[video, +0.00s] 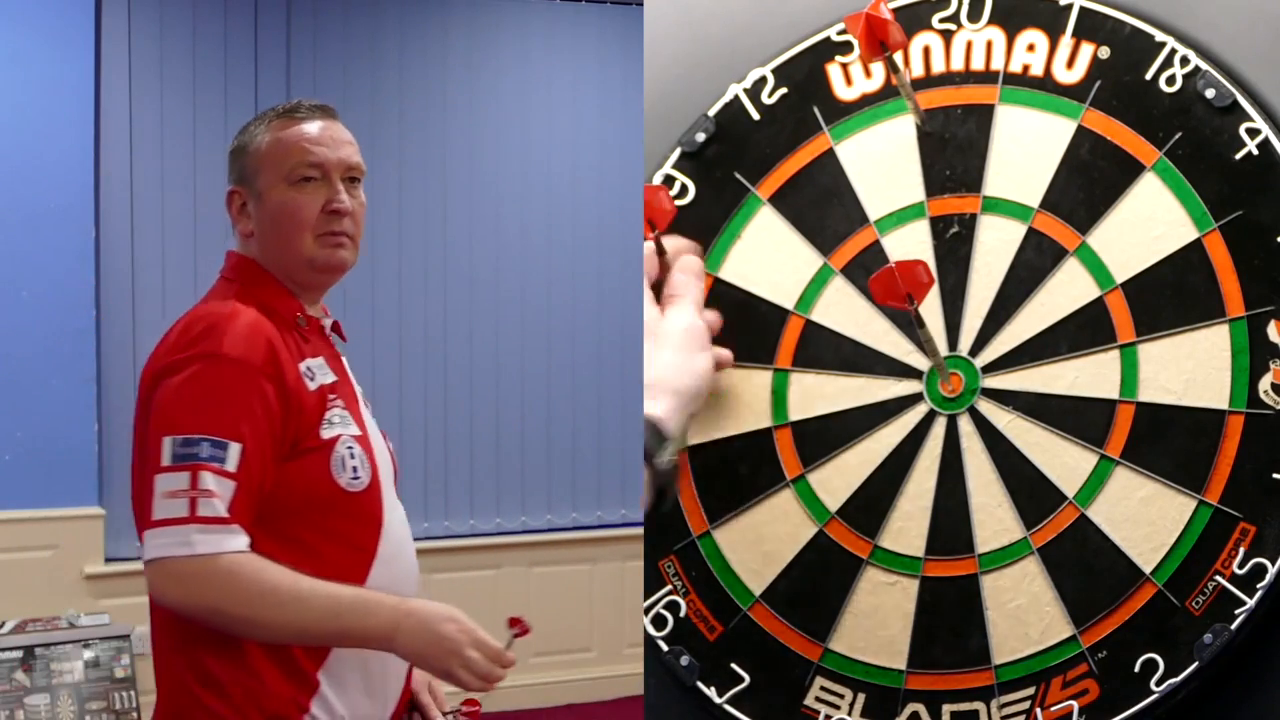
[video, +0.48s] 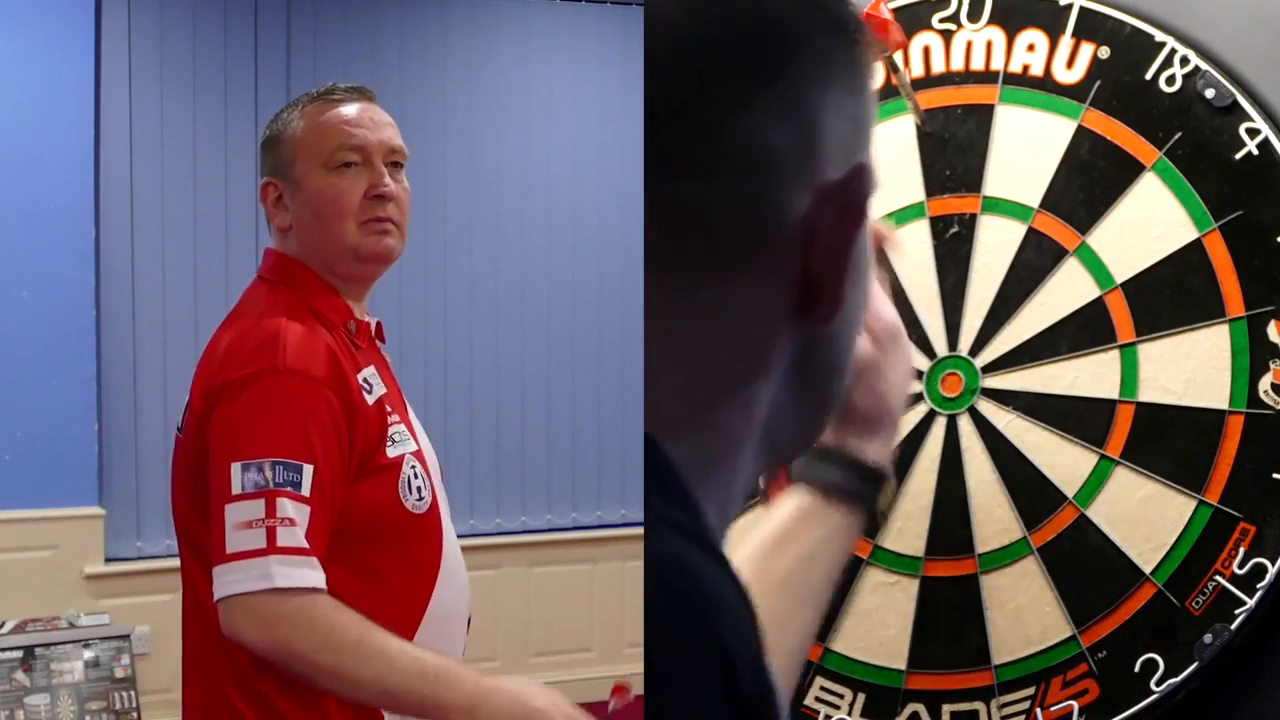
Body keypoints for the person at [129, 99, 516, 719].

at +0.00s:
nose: (341, 201)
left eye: (352, 181)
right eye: (308, 179)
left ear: (365, 199)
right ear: (242, 211)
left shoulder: (310, 337)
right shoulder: (227, 338)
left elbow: (316, 543)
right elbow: (187, 568)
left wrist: (400, 663)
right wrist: (399, 622)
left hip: (355, 703)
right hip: (263, 704)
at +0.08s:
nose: (352, 198)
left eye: (363, 178)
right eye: (319, 177)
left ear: (376, 196)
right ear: (253, 212)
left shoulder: (318, 334)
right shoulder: (247, 339)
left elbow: (327, 547)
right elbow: (217, 573)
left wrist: (406, 675)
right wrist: (434, 622)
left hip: (367, 702)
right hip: (284, 704)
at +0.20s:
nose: (366, 197)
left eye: (375, 176)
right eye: (330, 175)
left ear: (387, 194)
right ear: (263, 212)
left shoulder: (327, 335)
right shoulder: (264, 342)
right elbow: (244, 581)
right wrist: (460, 628)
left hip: (375, 702)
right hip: (301, 705)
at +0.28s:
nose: (375, 193)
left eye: (385, 172)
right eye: (339, 171)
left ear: (397, 193)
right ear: (271, 208)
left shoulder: (331, 336)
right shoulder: (275, 345)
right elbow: (261, 589)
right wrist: (482, 643)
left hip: (371, 701)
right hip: (308, 704)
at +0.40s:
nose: (382, 189)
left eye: (392, 169)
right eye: (345, 168)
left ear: (404, 189)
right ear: (276, 206)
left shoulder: (338, 338)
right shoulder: (280, 349)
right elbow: (267, 599)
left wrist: (490, 671)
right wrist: (490, 665)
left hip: (381, 701)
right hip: (316, 705)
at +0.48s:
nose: (385, 186)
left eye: (395, 166)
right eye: (349, 164)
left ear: (408, 187)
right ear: (278, 204)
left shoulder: (345, 335)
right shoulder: (280, 350)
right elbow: (265, 606)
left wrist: (464, 692)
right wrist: (481, 696)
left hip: (372, 699)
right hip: (313, 704)